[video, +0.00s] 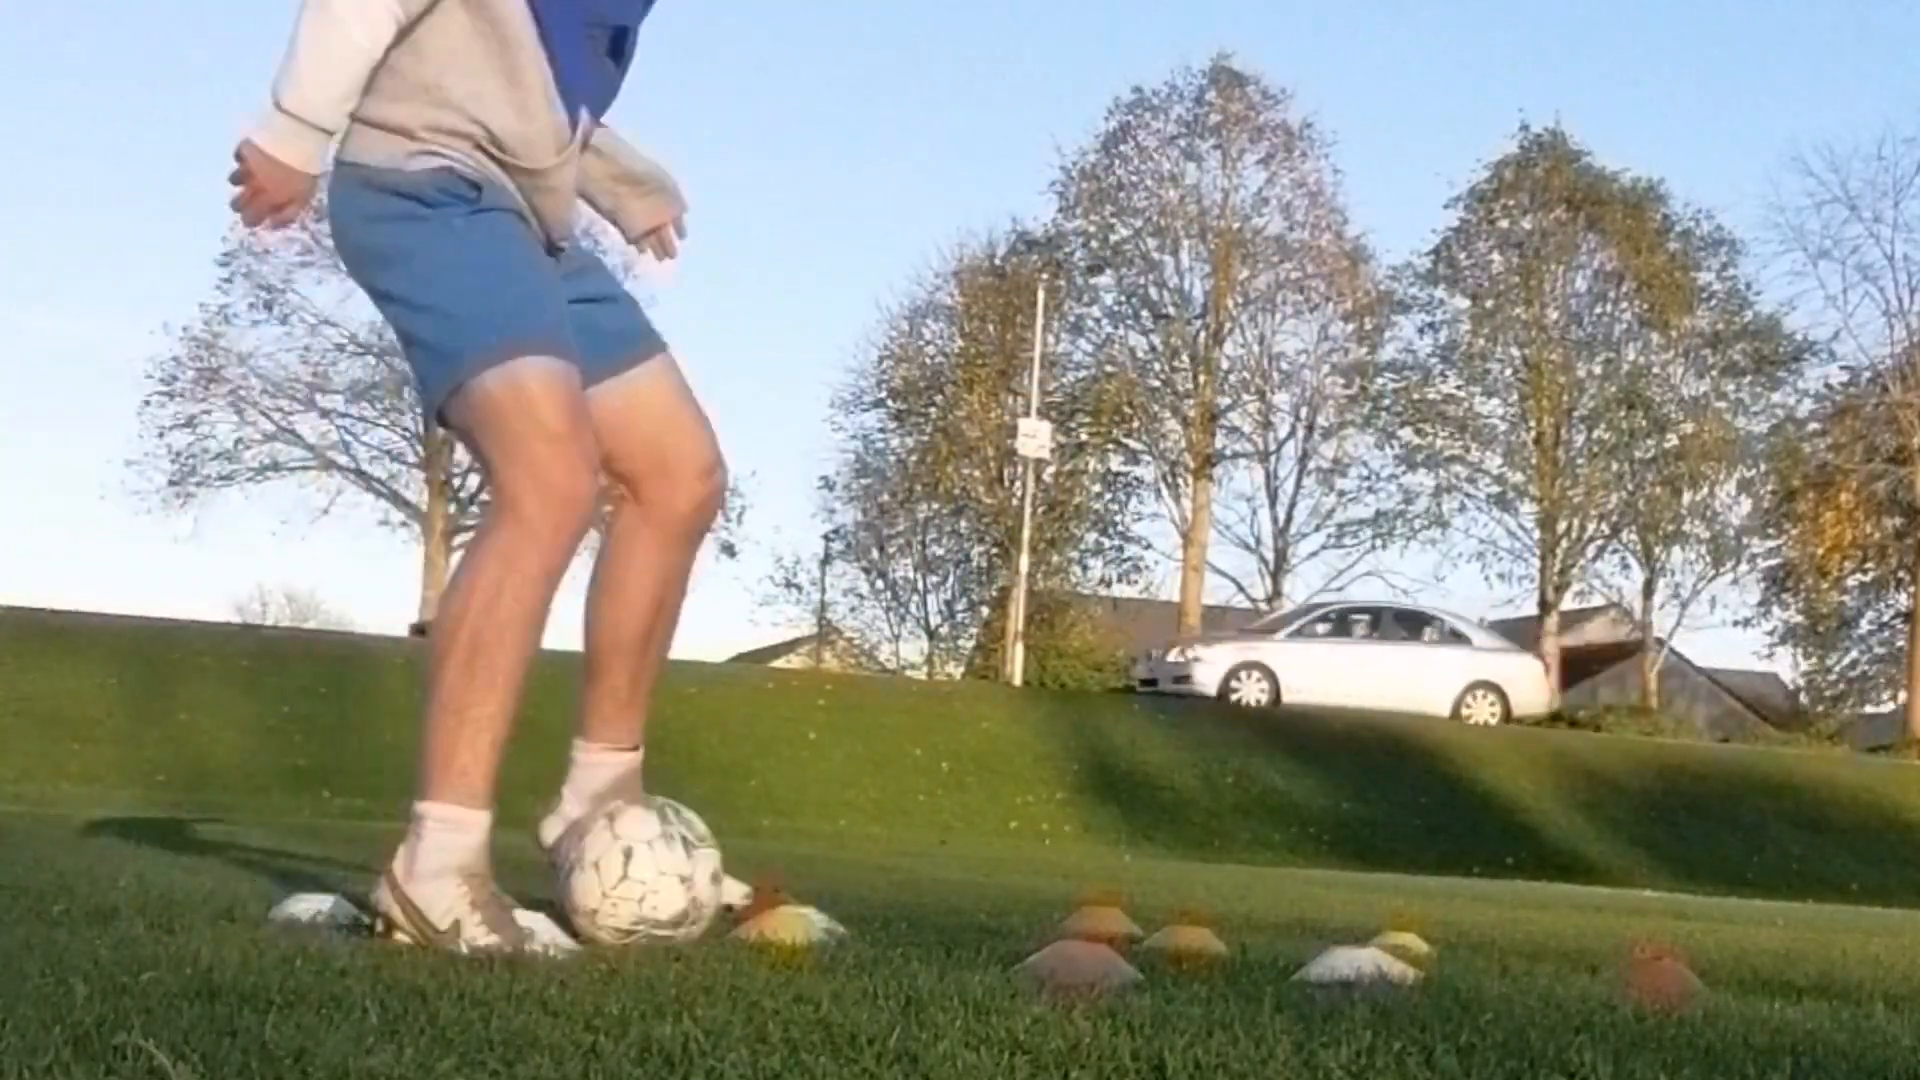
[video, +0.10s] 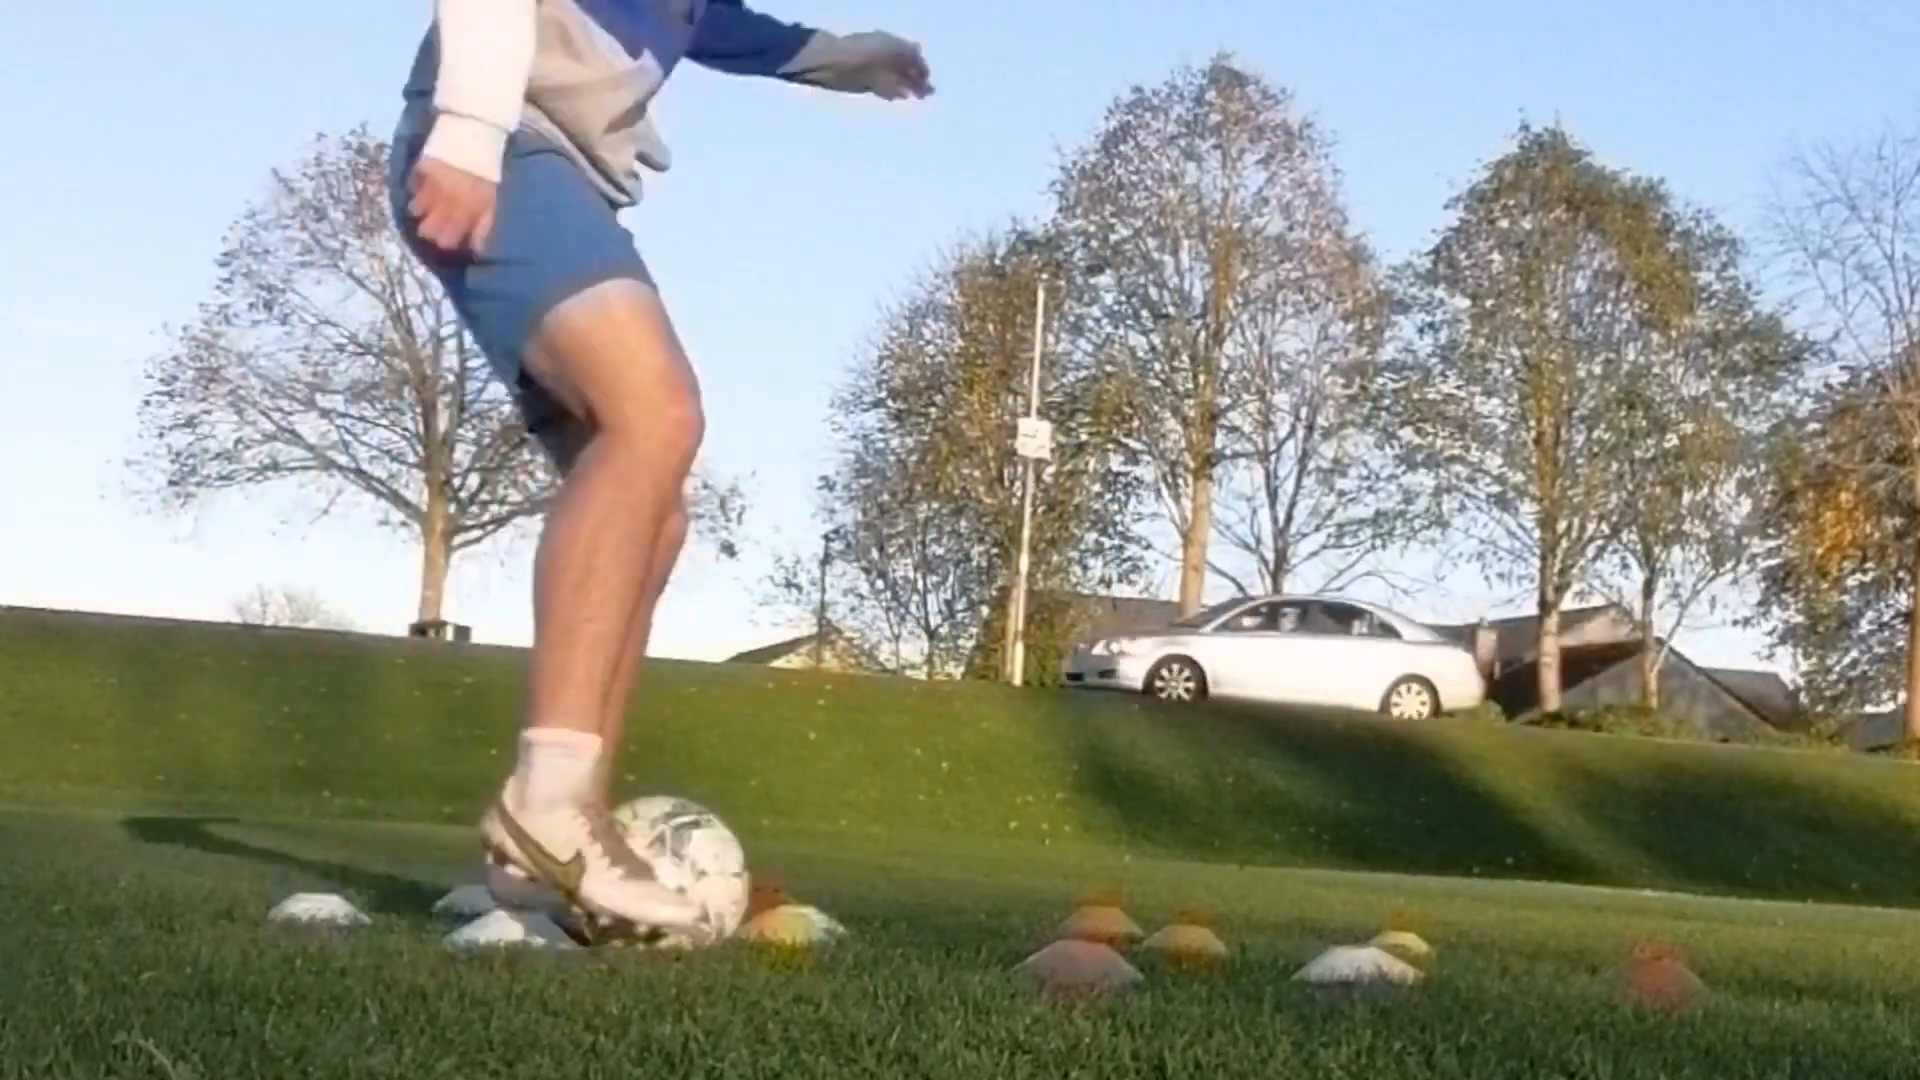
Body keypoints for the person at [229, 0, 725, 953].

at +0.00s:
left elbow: (522, 89)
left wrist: (628, 184)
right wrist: (298, 130)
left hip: (516, 189)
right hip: (414, 161)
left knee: (676, 478)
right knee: (549, 482)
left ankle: (597, 817)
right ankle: (436, 871)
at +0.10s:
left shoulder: (683, 8)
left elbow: (713, 26)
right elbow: (492, 2)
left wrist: (841, 58)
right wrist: (469, 131)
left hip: (562, 166)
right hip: (493, 133)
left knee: (656, 515)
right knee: (654, 413)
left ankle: (556, 835)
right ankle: (548, 803)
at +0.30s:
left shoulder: (827, 15)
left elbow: (730, 132)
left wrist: (870, 217)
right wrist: (451, 23)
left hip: (620, 212)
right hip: (595, 196)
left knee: (700, 524)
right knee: (728, 521)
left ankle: (529, 819)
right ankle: (661, 899)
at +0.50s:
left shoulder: (814, 19)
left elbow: (837, 59)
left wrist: (973, 97)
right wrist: (448, 31)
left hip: (576, 201)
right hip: (675, 186)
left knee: (640, 557)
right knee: (877, 472)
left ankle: (493, 879)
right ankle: (837, 810)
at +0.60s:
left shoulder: (884, 5)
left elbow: (1000, 26)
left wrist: (1159, 23)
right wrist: (506, 15)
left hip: (574, 156)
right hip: (716, 144)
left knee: (608, 514)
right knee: (869, 467)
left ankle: (496, 855)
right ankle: (968, 809)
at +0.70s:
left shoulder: (883, 11)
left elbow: (909, 74)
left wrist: (1082, 74)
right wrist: (565, 17)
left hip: (618, 160)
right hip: (760, 167)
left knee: (611, 506)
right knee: (884, 490)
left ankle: (477, 822)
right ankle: (905, 844)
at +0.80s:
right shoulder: (910, 12)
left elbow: (832, 173)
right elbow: (737, 4)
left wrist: (984, 179)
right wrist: (655, 133)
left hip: (675, 244)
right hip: (820, 256)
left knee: (596, 532)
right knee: (892, 580)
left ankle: (433, 777)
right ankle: (861, 908)